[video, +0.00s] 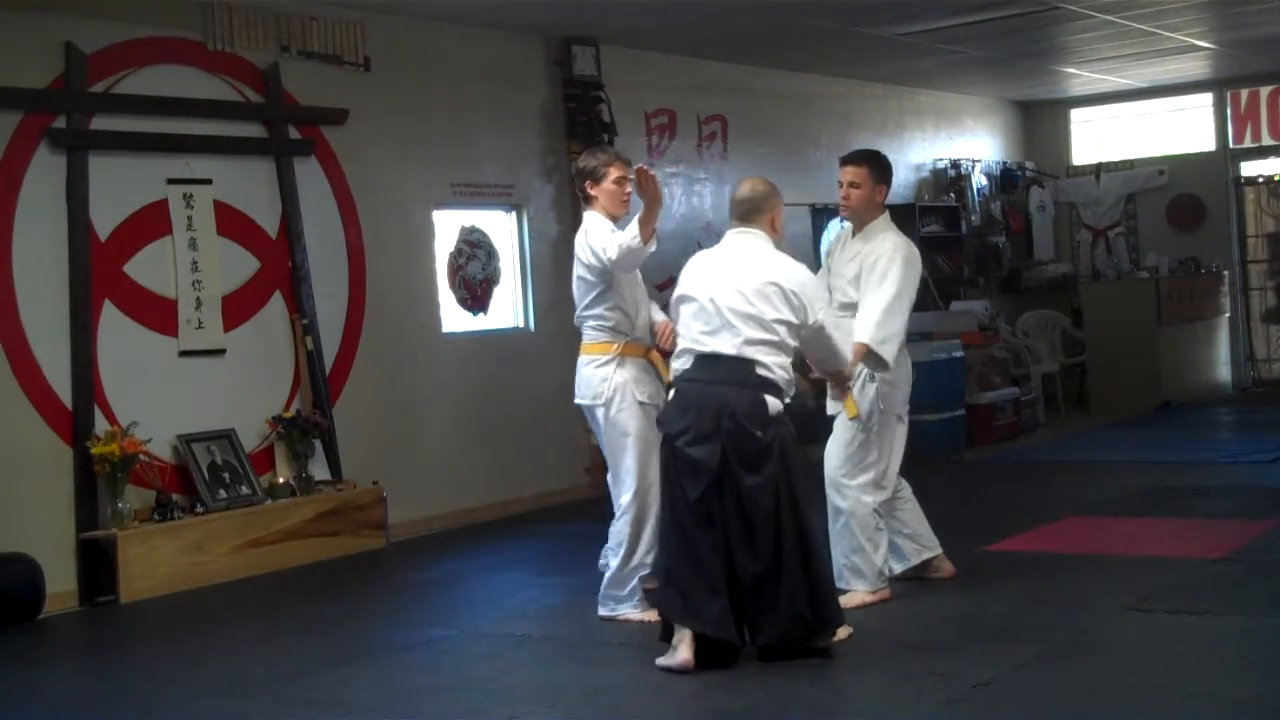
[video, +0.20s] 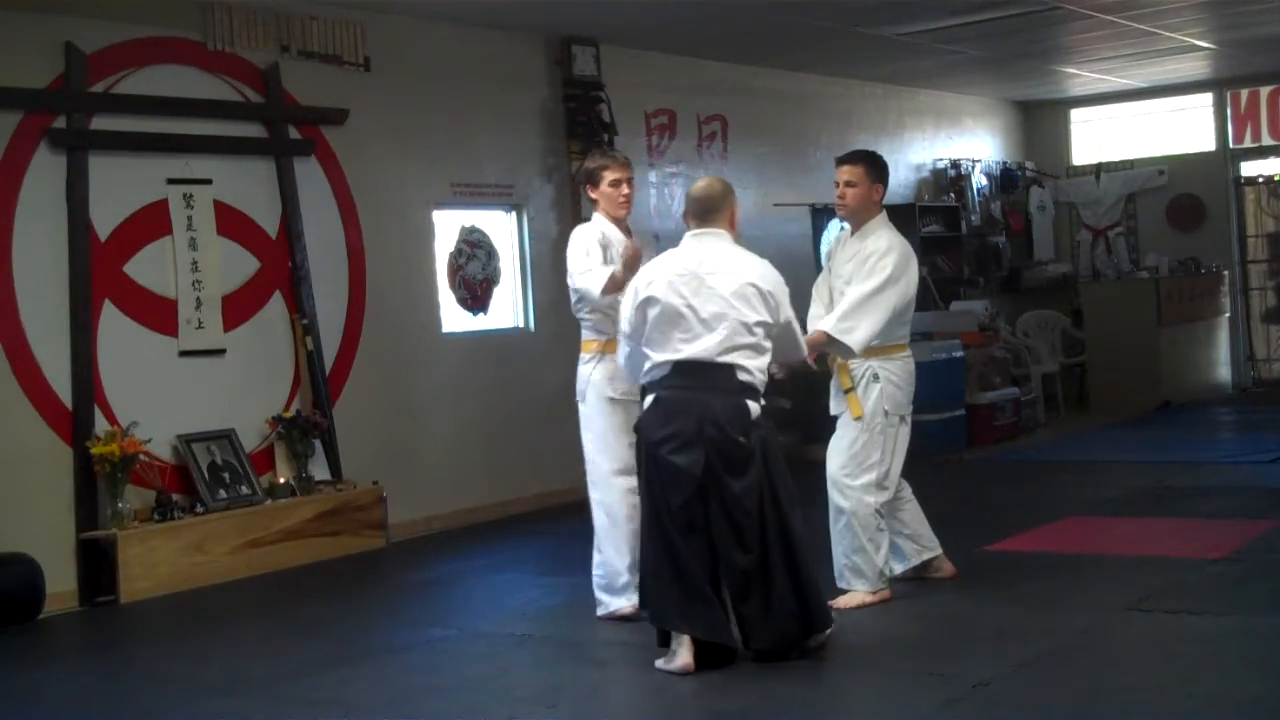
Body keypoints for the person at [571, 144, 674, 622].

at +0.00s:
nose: (628, 189)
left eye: (629, 180)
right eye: (619, 181)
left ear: (622, 189)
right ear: (591, 189)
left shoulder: (613, 232)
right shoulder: (593, 228)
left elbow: (636, 303)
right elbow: (620, 255)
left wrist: (659, 320)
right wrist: (651, 210)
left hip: (633, 367)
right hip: (613, 371)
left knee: (645, 483)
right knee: (636, 486)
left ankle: (632, 576)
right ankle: (618, 597)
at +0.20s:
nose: (626, 191)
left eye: (628, 183)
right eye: (616, 185)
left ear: (630, 188)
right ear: (592, 192)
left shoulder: (628, 239)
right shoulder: (586, 236)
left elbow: (640, 298)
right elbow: (595, 290)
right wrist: (627, 269)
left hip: (635, 364)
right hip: (603, 367)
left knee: (634, 478)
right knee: (614, 482)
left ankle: (632, 588)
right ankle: (615, 593)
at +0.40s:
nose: (624, 190)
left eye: (629, 181)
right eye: (613, 184)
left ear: (640, 187)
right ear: (597, 194)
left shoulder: (660, 241)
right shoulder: (583, 245)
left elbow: (678, 302)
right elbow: (570, 311)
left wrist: (676, 352)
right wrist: (579, 366)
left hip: (655, 369)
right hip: (603, 372)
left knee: (658, 470)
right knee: (599, 474)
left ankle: (664, 576)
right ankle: (586, 580)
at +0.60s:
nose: (620, 190)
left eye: (627, 181)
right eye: (611, 183)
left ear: (640, 189)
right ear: (598, 193)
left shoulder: (661, 243)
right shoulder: (583, 251)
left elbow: (675, 315)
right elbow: (570, 319)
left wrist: (656, 377)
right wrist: (574, 383)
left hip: (650, 376)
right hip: (596, 378)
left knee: (650, 467)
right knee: (588, 468)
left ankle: (654, 558)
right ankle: (603, 557)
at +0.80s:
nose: (614, 190)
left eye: (623, 183)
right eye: (607, 182)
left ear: (639, 192)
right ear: (597, 191)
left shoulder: (653, 244)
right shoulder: (591, 250)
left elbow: (665, 315)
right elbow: (585, 318)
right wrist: (584, 383)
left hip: (650, 376)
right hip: (607, 378)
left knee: (651, 480)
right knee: (616, 480)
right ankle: (632, 565)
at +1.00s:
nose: (607, 192)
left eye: (617, 184)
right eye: (601, 183)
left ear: (633, 191)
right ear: (592, 190)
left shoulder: (639, 240)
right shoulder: (602, 239)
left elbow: (634, 322)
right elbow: (597, 315)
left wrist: (614, 386)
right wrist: (591, 379)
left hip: (634, 379)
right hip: (612, 377)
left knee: (627, 476)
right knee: (621, 475)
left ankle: (635, 562)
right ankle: (628, 558)